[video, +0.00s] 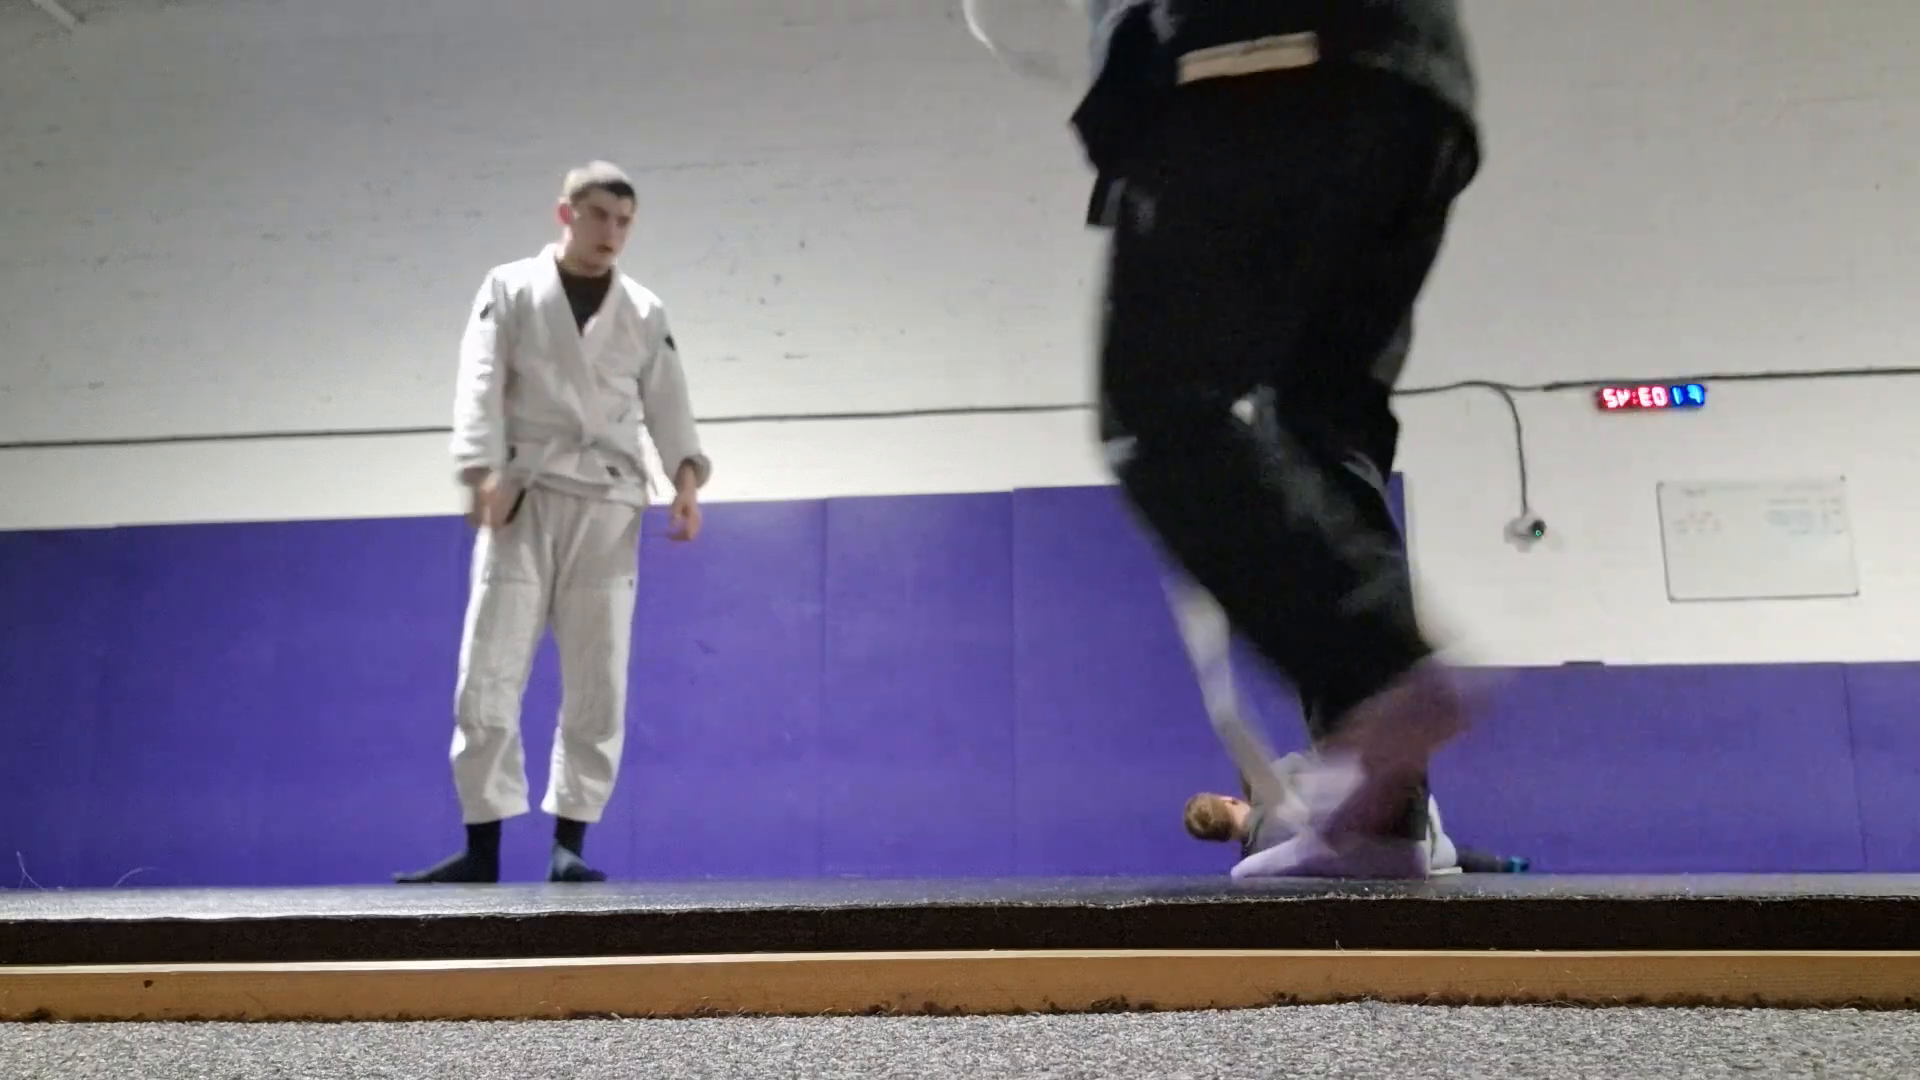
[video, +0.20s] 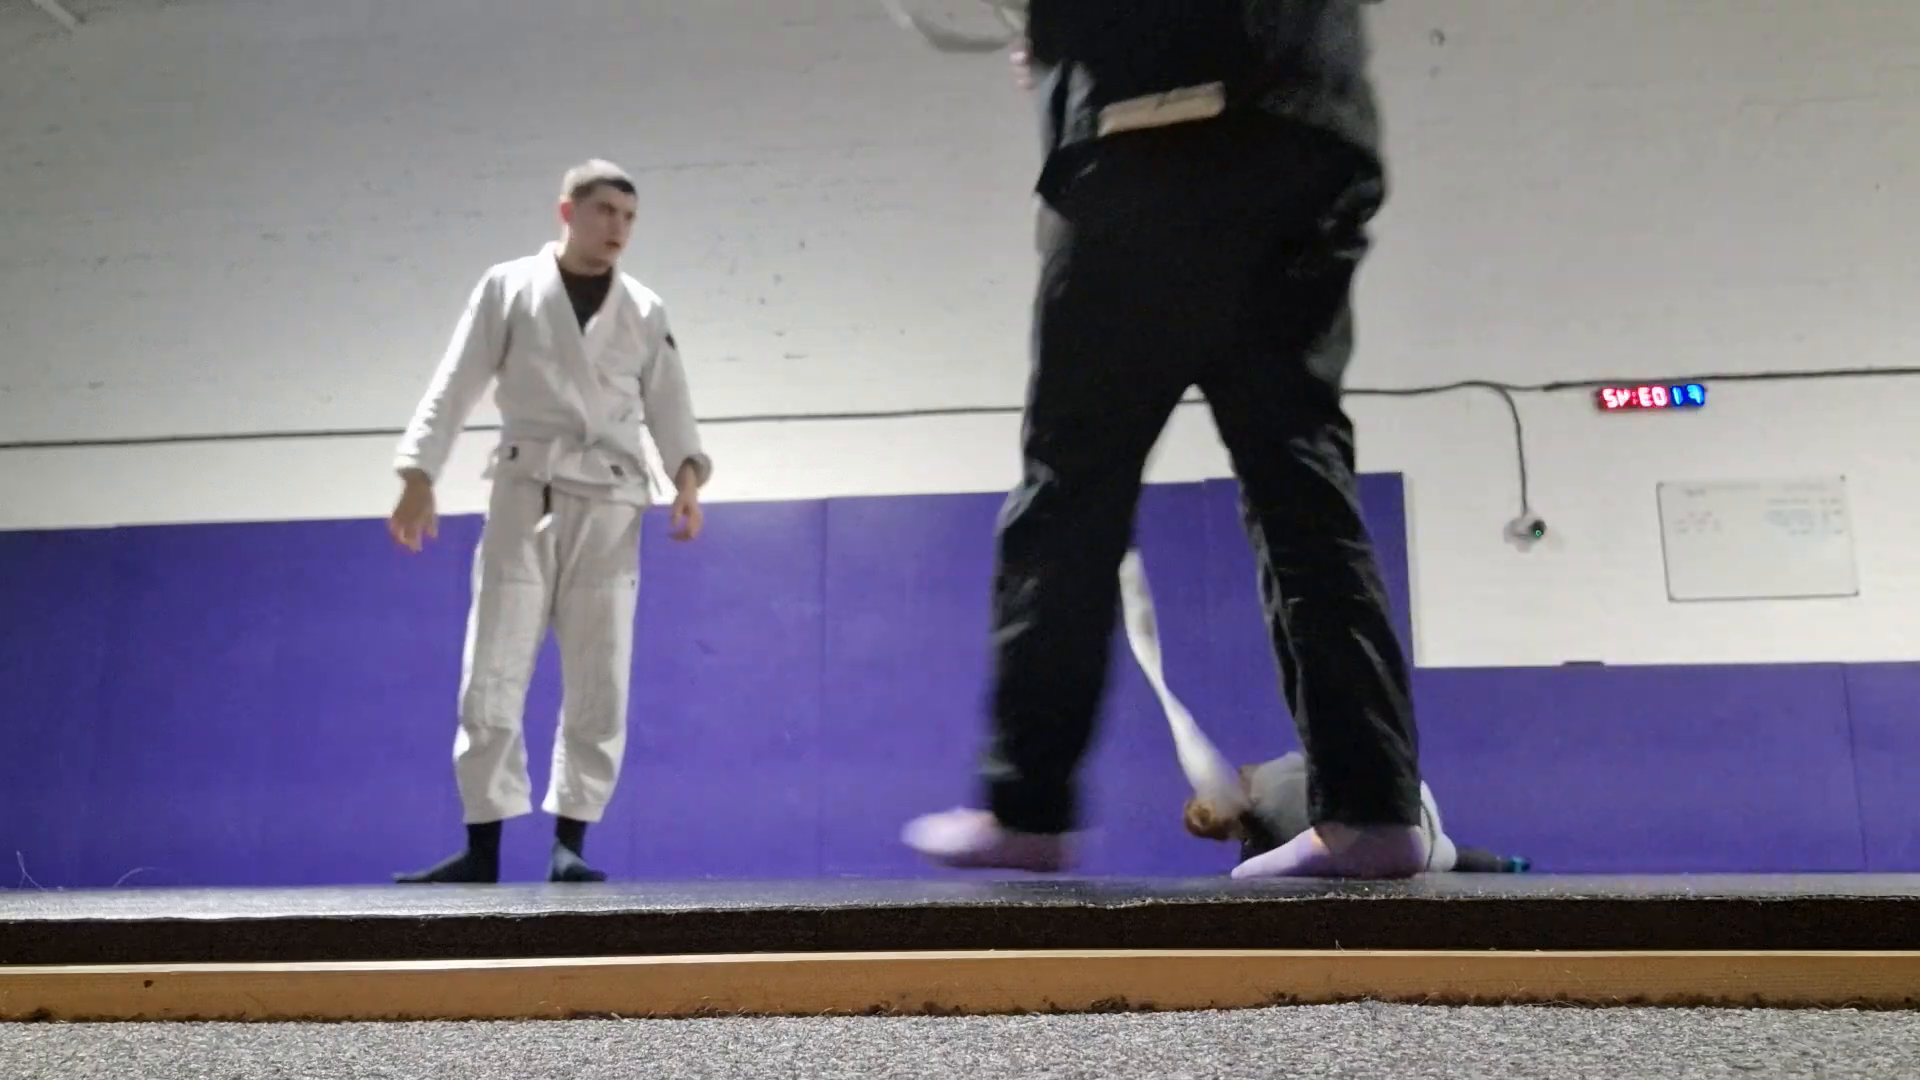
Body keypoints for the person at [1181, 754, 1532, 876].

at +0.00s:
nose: (1229, 806)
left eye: (1218, 813)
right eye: (1224, 805)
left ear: (1217, 840)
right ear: (1229, 797)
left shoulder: (1261, 856)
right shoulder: (1276, 778)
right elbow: (1331, 764)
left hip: (1405, 861)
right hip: (1412, 809)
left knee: (1451, 859)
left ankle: (1506, 867)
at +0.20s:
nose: (1212, 815)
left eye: (1206, 811)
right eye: (1208, 819)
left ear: (1220, 800)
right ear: (1220, 821)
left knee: (1445, 855)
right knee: (1441, 848)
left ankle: (1503, 864)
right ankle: (1498, 862)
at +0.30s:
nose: (1230, 809)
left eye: (1220, 817)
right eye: (1227, 805)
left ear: (1218, 836)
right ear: (1231, 795)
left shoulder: (1259, 850)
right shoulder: (1266, 776)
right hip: (1410, 788)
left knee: (1438, 857)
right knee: (1435, 840)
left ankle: (1503, 863)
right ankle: (1500, 860)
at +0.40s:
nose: (1225, 809)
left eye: (1214, 816)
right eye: (1221, 806)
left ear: (1217, 837)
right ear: (1229, 796)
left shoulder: (1260, 853)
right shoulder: (1266, 778)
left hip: (1396, 857)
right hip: (1408, 796)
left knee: (1443, 858)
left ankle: (1505, 863)